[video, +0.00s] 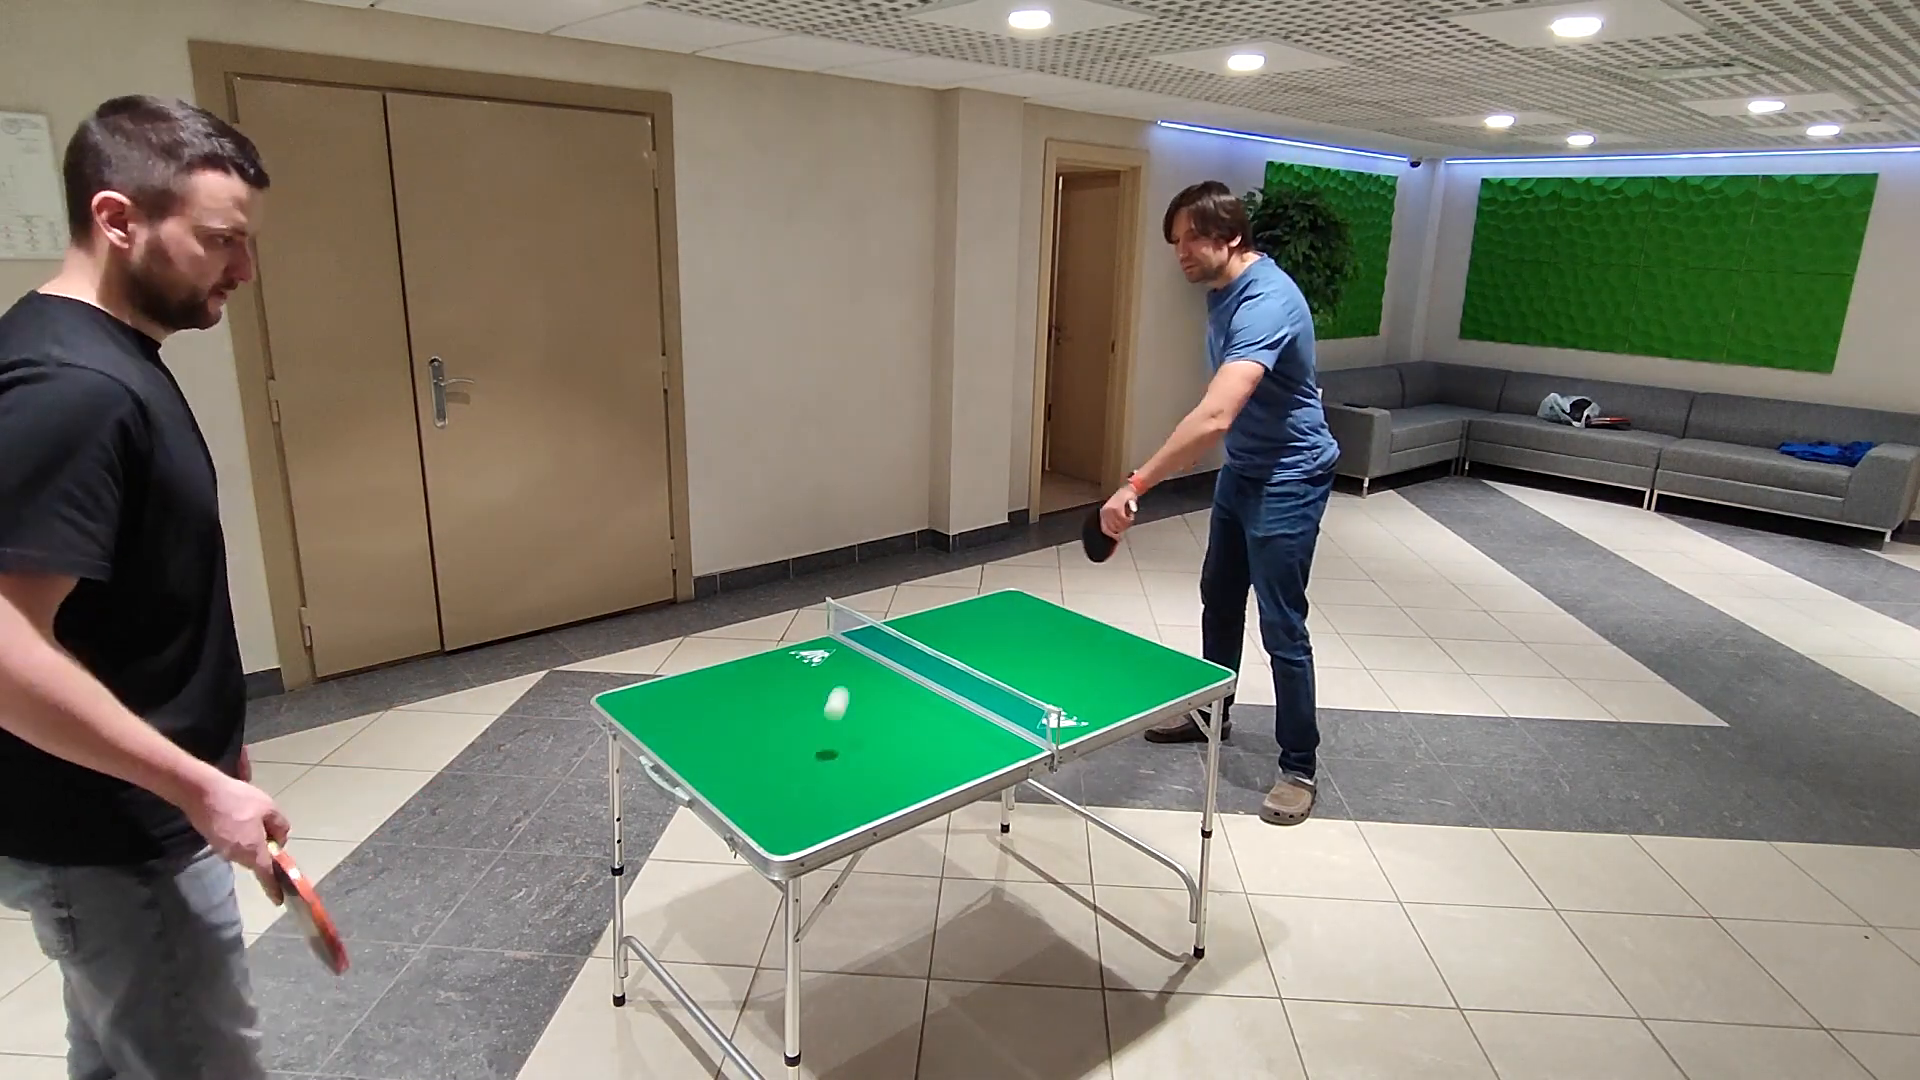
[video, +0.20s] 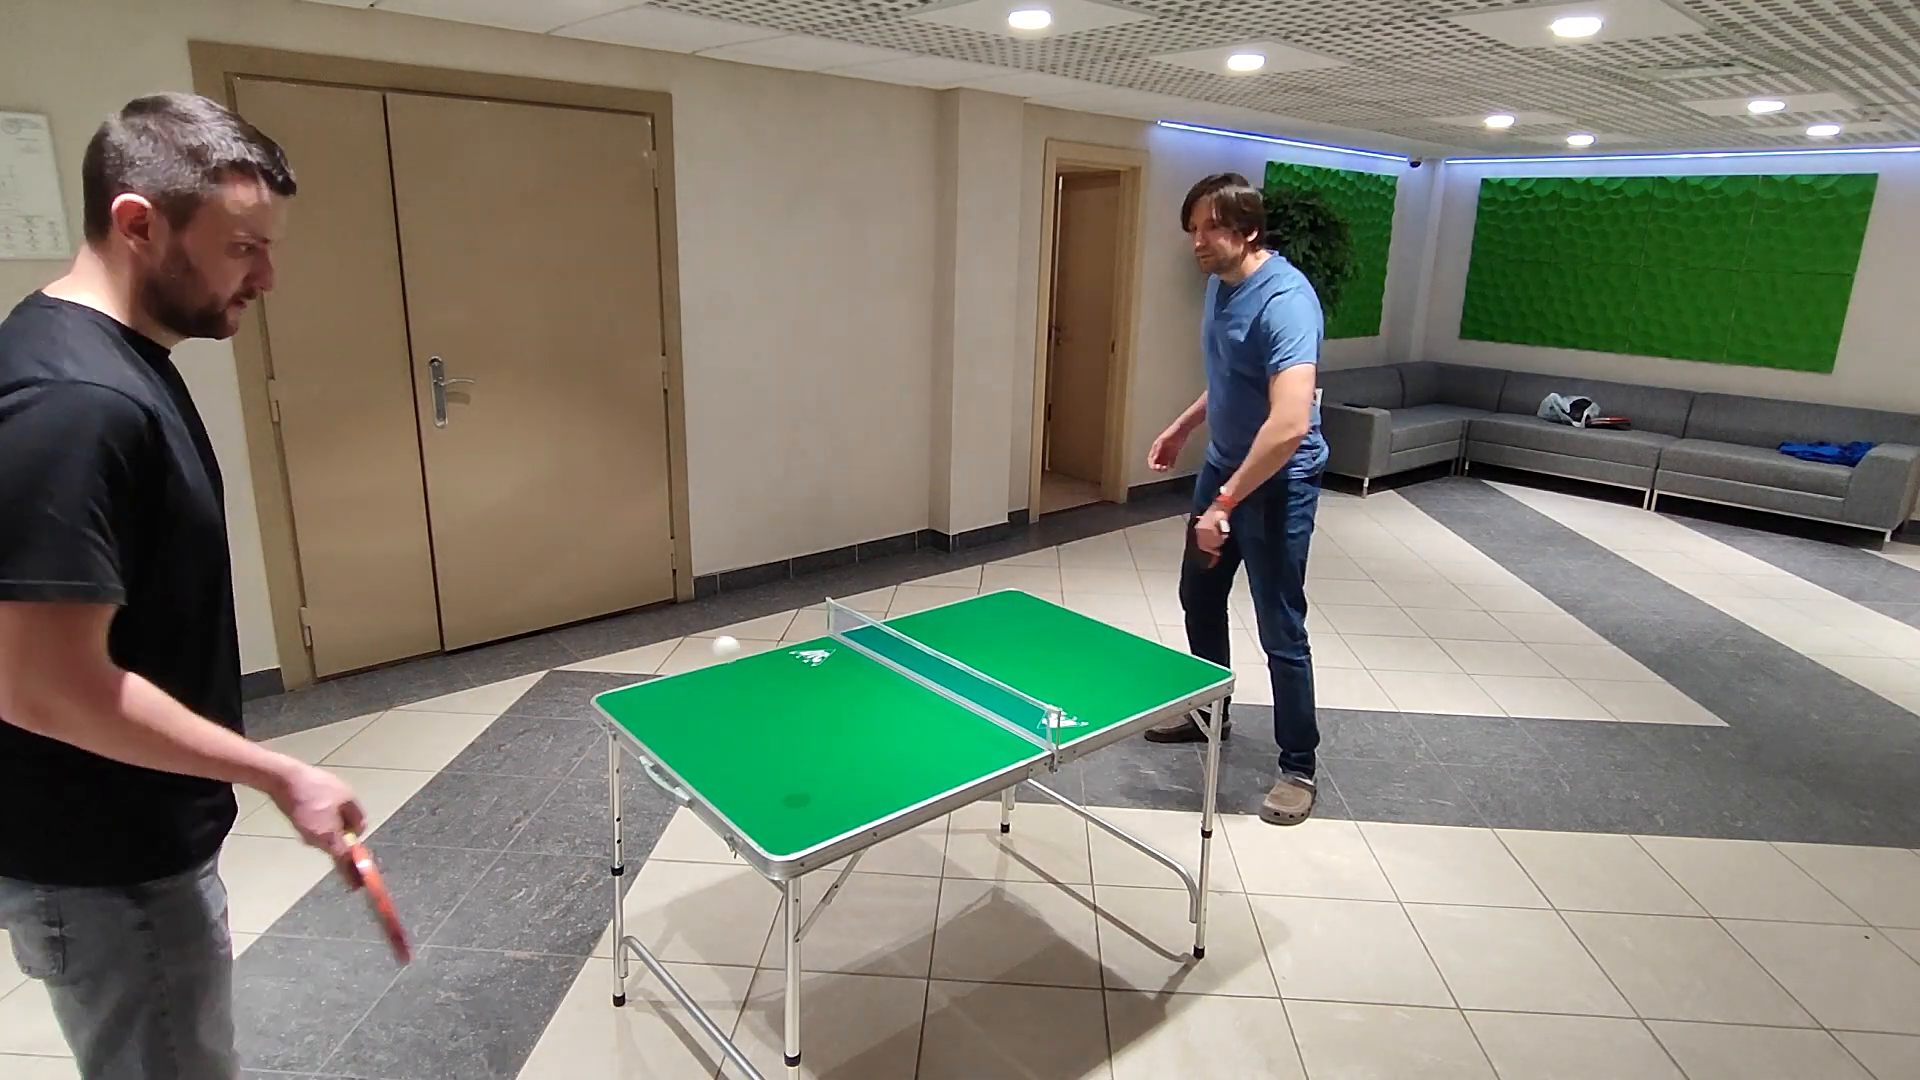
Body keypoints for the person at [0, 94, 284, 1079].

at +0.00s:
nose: (243, 272)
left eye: (246, 246)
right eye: (220, 238)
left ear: (118, 223)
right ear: (118, 218)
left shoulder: (96, 350)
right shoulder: (72, 384)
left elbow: (94, 608)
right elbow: (8, 643)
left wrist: (204, 766)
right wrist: (201, 788)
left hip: (114, 837)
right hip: (124, 854)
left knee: (115, 1061)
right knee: (209, 1065)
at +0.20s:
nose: (265, 279)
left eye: (266, 251)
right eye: (245, 247)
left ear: (138, 231)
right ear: (137, 226)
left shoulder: (113, 356)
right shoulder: (73, 398)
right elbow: (44, 685)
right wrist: (281, 774)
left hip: (141, 850)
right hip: (110, 874)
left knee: (187, 1060)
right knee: (174, 1069)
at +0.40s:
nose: (248, 271)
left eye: (249, 243)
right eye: (228, 238)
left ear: (114, 220)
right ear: (118, 216)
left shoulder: (29, 338)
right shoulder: (107, 411)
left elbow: (95, 573)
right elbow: (245, 655)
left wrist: (239, 676)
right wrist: (477, 698)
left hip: (62, 845)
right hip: (125, 874)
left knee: (165, 1059)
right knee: (182, 1070)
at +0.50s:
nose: (242, 262)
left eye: (243, 233)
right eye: (220, 228)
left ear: (106, 217)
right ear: (110, 214)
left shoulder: (22, 344)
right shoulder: (123, 406)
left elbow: (114, 550)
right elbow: (300, 628)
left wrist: (248, 667)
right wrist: (513, 650)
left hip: (51, 837)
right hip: (128, 863)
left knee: (151, 1059)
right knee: (171, 1070)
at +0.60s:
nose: (227, 253)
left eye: (226, 224)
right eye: (208, 218)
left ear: (99, 212)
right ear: (104, 209)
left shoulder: (15, 342)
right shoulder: (125, 394)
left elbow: (62, 577)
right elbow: (299, 610)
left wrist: (217, 682)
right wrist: (506, 639)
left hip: (39, 825)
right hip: (128, 851)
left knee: (144, 1056)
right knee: (170, 1067)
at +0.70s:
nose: (215, 249)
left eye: (212, 220)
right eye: (197, 215)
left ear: (90, 209)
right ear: (98, 206)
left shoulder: (13, 343)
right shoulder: (122, 390)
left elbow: (53, 593)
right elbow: (259, 620)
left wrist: (204, 710)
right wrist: (469, 659)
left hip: (40, 821)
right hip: (137, 841)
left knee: (111, 1062)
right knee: (178, 1069)